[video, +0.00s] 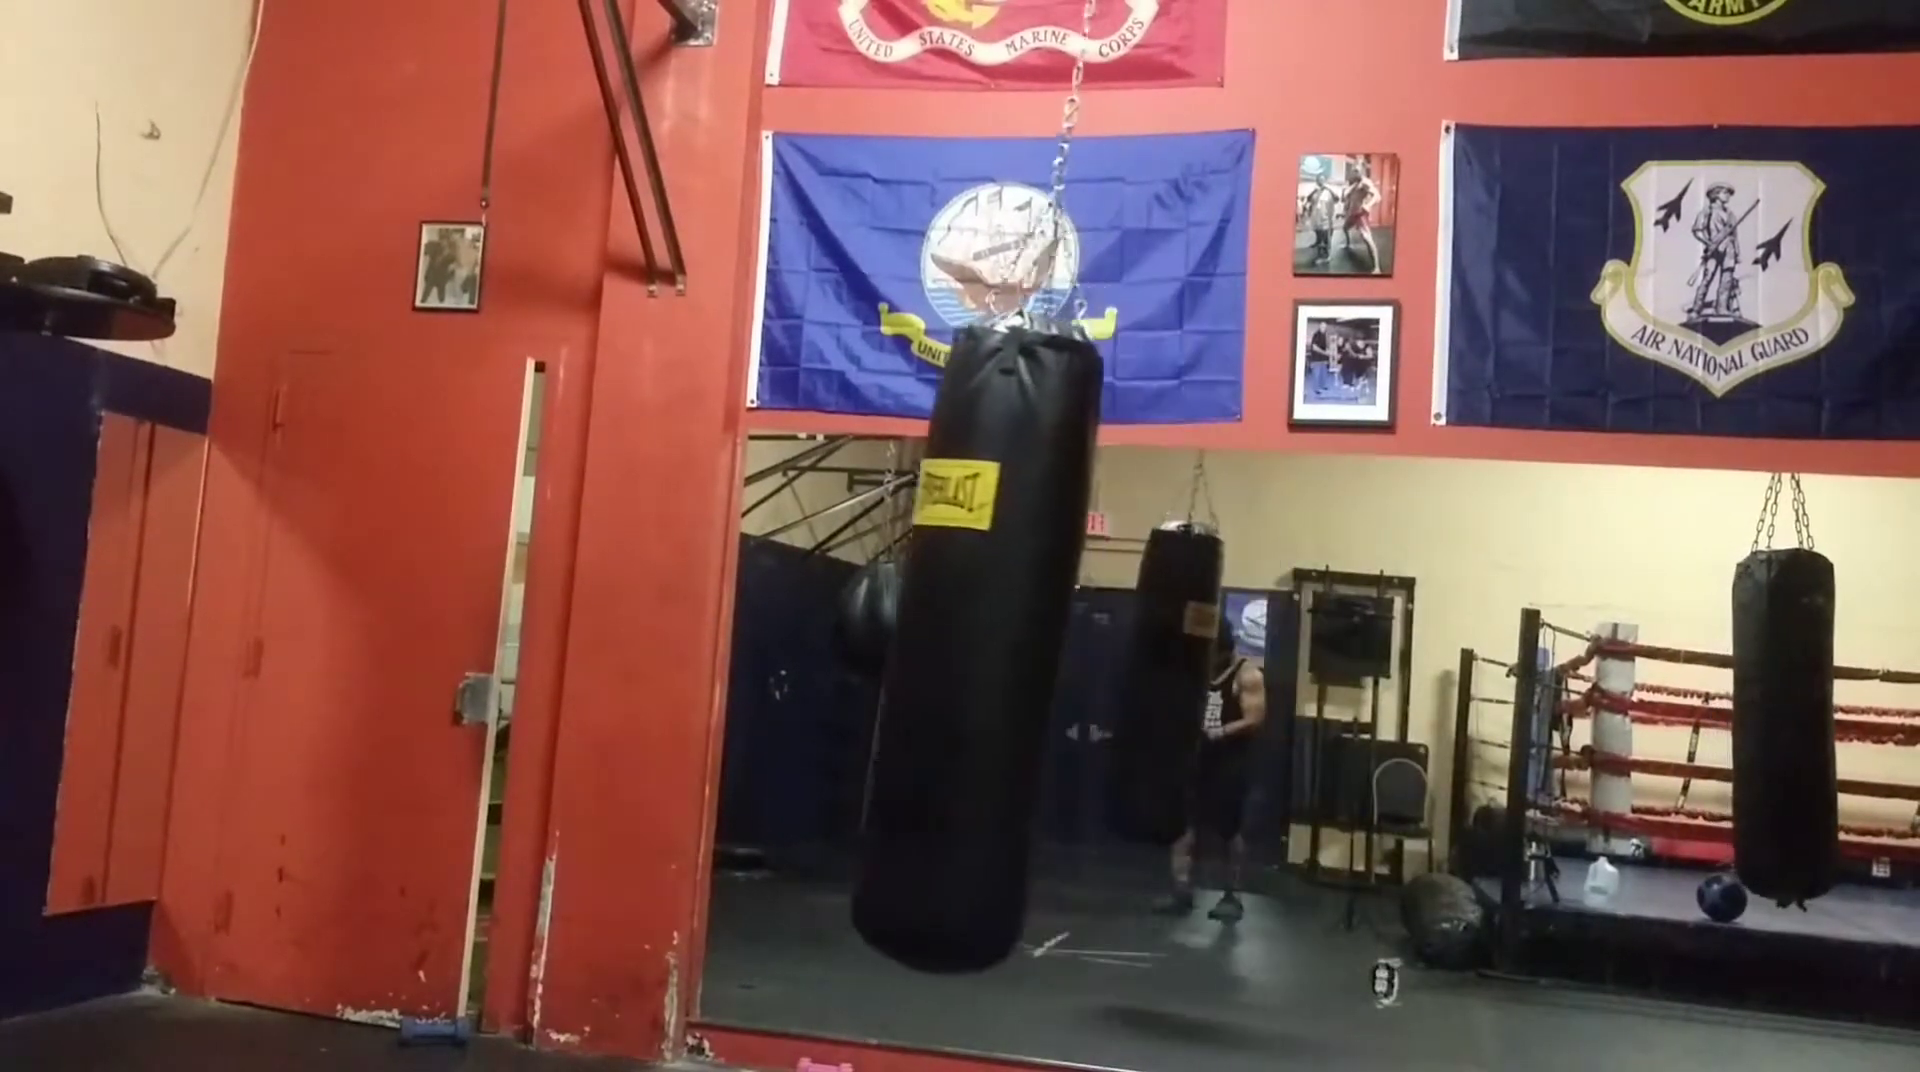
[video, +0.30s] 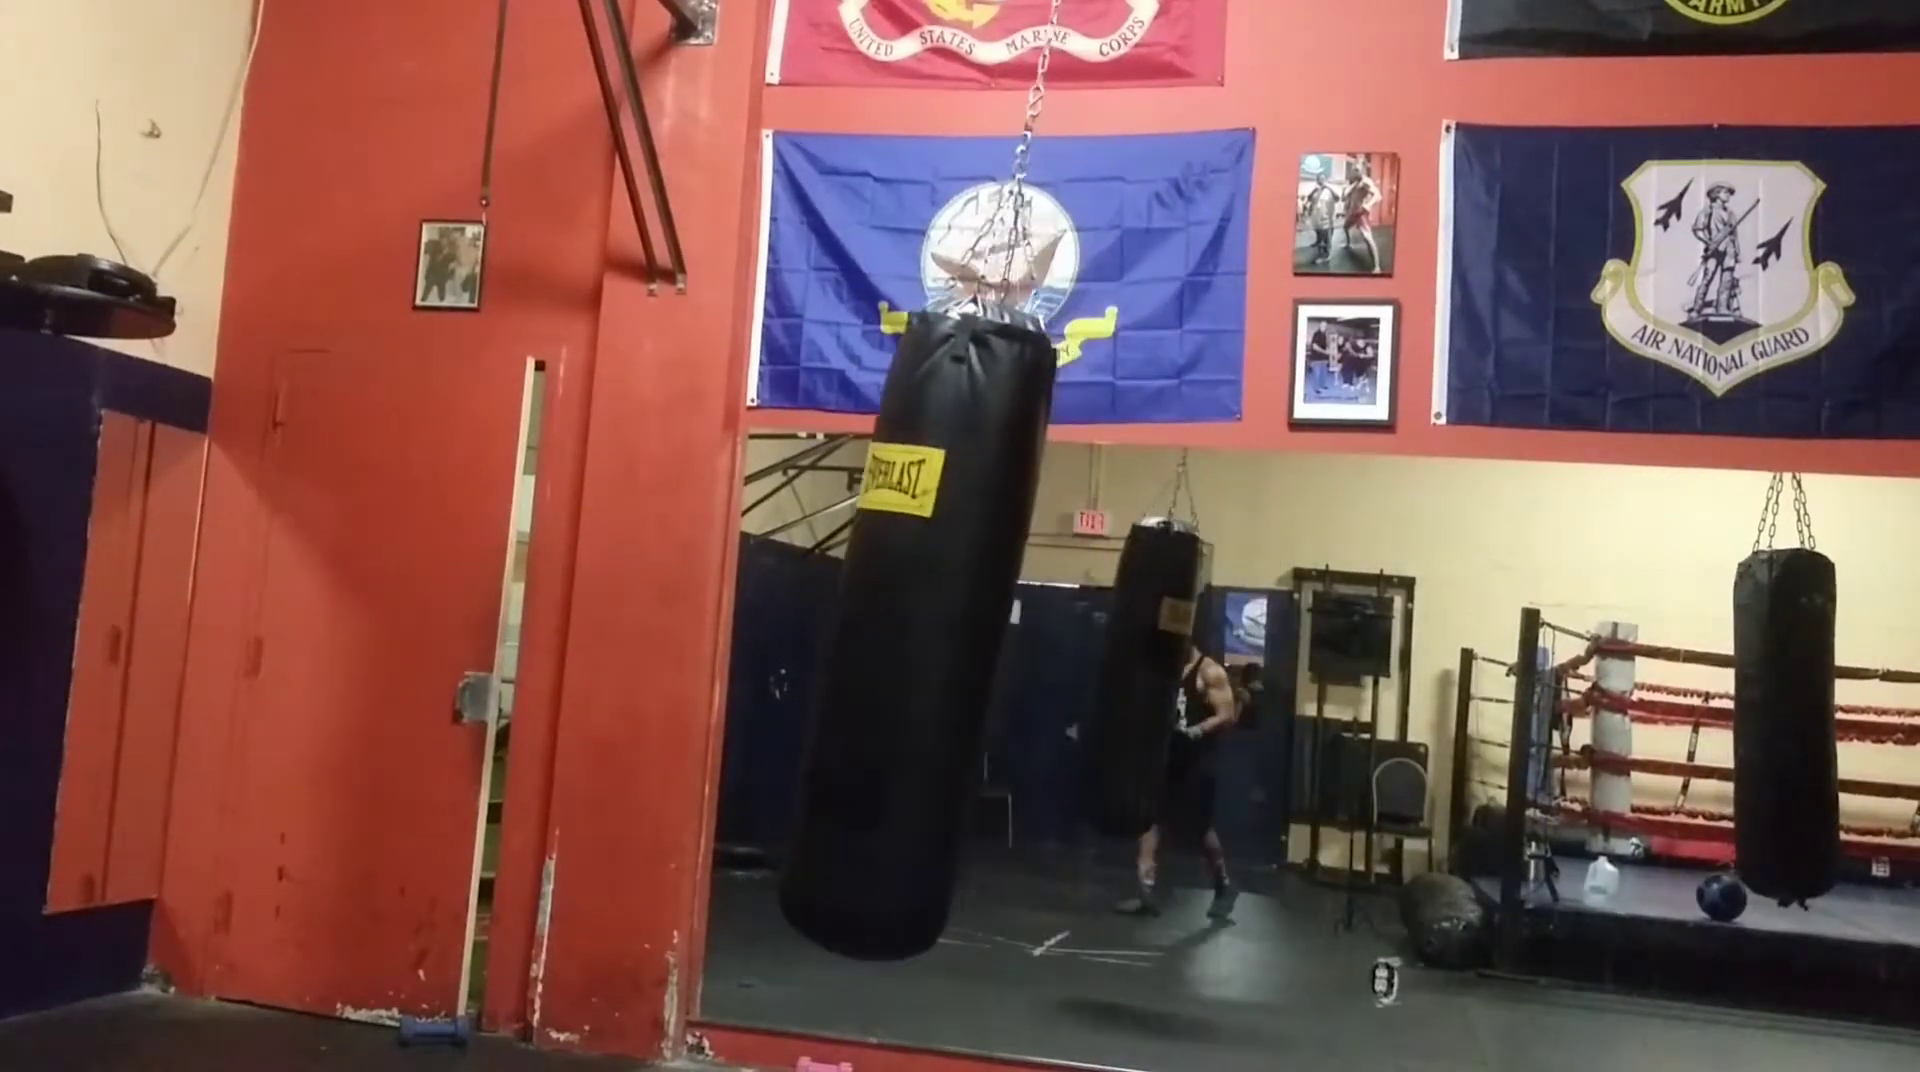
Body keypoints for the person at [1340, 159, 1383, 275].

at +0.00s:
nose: (1354, 174)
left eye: (1356, 171)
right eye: (1352, 172)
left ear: (1360, 172)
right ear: (1351, 174)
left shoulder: (1365, 183)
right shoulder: (1352, 185)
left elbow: (1376, 196)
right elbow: (1345, 199)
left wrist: (1367, 206)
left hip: (1361, 212)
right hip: (1351, 213)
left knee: (1366, 237)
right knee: (1345, 228)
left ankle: (1376, 267)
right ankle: (1348, 245)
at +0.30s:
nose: (1353, 174)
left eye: (1356, 171)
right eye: (1352, 172)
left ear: (1360, 172)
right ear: (1351, 173)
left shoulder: (1365, 182)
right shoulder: (1352, 184)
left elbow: (1377, 195)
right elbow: (1344, 197)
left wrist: (1367, 206)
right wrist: (1352, 187)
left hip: (1361, 211)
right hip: (1352, 212)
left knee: (1367, 237)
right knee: (1345, 227)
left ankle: (1376, 266)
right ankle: (1348, 244)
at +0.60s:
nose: (1349, 175)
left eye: (1352, 172)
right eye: (1349, 172)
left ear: (1357, 172)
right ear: (1351, 173)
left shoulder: (1364, 182)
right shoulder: (1352, 184)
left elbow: (1376, 195)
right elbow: (1344, 198)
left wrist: (1367, 205)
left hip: (1361, 211)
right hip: (1351, 211)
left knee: (1366, 235)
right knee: (1345, 227)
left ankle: (1376, 266)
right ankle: (1347, 243)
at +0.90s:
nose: (1350, 176)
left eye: (1352, 172)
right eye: (1350, 173)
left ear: (1357, 173)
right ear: (1351, 174)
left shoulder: (1365, 182)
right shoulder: (1352, 185)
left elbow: (1376, 195)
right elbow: (1345, 198)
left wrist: (1367, 205)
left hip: (1361, 211)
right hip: (1352, 211)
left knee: (1366, 236)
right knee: (1345, 227)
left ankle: (1376, 266)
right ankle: (1348, 243)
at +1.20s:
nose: (1351, 175)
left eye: (1353, 172)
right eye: (1350, 172)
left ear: (1358, 173)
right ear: (1350, 174)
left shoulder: (1364, 182)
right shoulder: (1352, 185)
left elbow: (1377, 195)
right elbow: (1344, 198)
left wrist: (1367, 206)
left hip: (1360, 211)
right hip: (1351, 212)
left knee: (1366, 236)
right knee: (1345, 227)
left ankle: (1376, 266)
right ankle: (1347, 243)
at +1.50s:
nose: (1351, 174)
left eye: (1353, 171)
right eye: (1350, 171)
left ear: (1358, 171)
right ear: (1350, 172)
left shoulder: (1365, 182)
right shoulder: (1351, 184)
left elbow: (1376, 195)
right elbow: (1344, 198)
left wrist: (1367, 205)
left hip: (1361, 212)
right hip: (1351, 212)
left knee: (1366, 237)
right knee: (1345, 227)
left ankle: (1376, 266)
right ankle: (1348, 243)